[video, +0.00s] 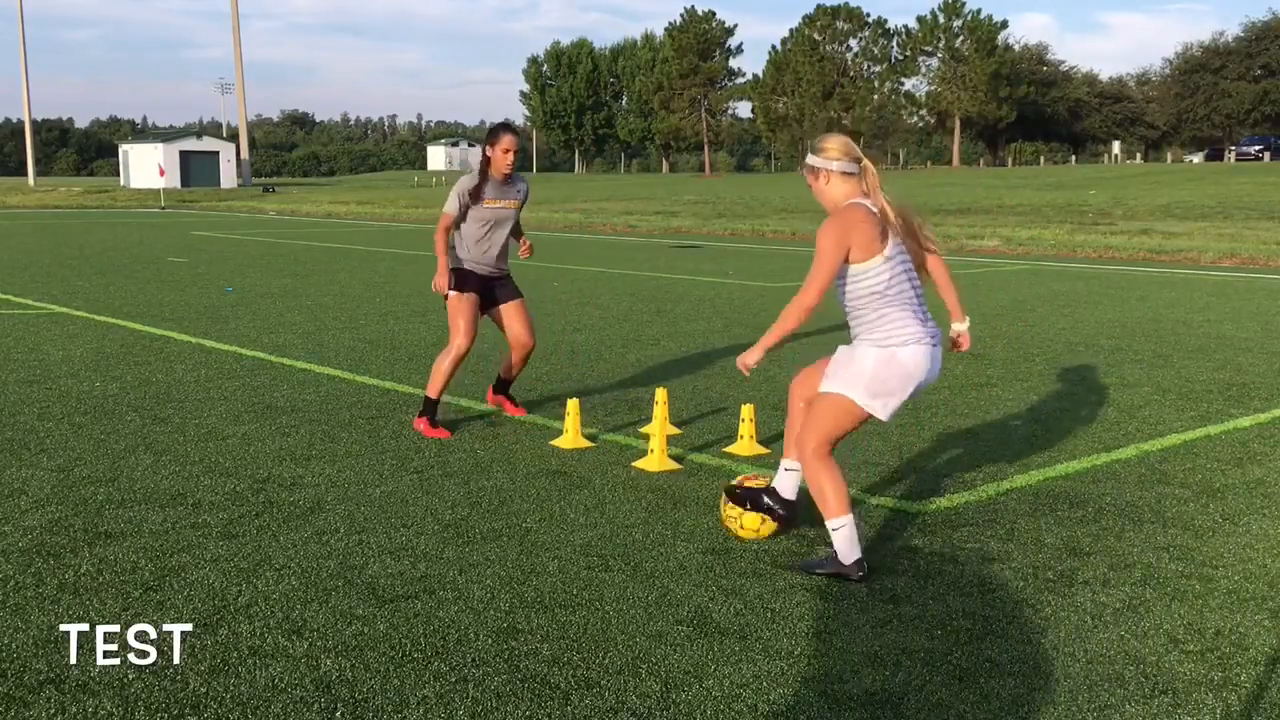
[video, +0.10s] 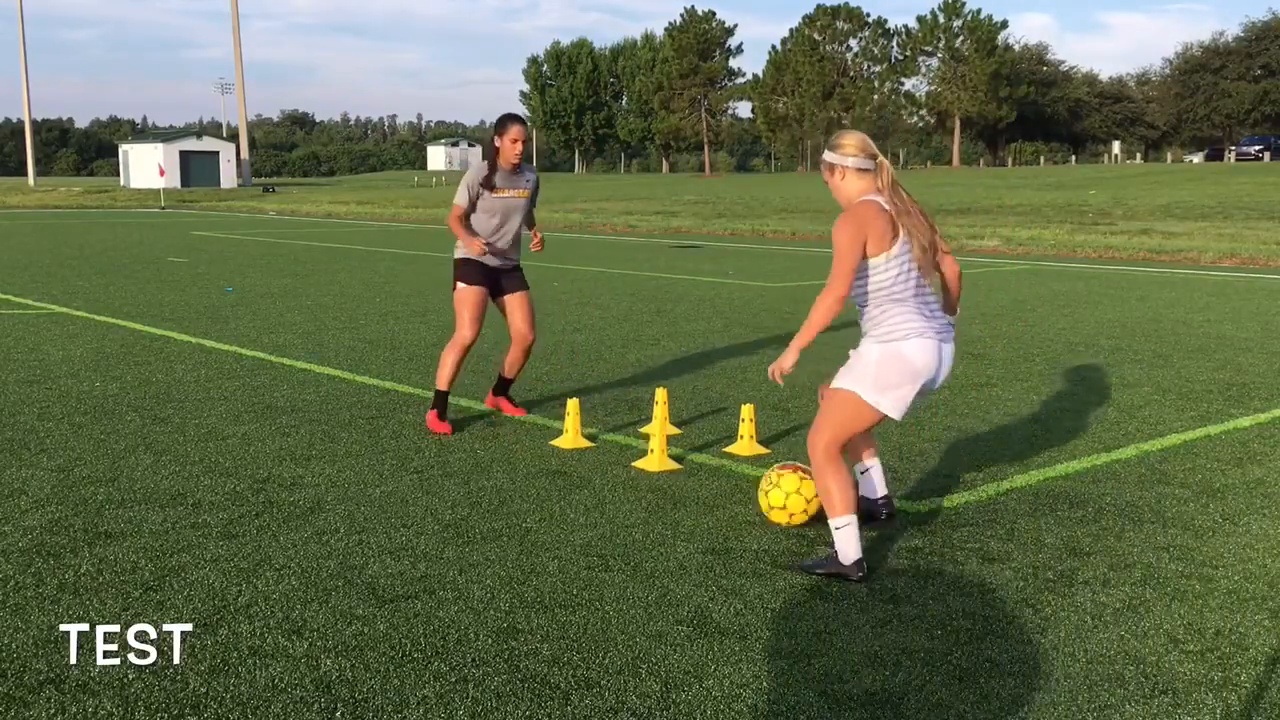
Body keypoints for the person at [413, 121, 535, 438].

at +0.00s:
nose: (512, 158)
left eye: (516, 152)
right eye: (506, 151)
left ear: (518, 155)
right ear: (489, 152)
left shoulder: (519, 187)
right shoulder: (468, 185)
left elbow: (511, 221)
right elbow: (442, 229)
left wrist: (521, 240)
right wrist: (443, 268)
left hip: (499, 275)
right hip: (465, 272)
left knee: (524, 343)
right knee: (462, 340)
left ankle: (499, 393)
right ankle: (426, 416)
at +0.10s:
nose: (520, 148)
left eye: (524, 142)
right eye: (514, 142)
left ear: (527, 144)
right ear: (498, 142)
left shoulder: (529, 178)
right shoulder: (478, 175)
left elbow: (527, 211)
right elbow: (455, 218)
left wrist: (533, 231)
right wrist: (470, 240)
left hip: (508, 264)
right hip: (473, 261)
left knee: (525, 336)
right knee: (467, 332)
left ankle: (499, 394)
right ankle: (438, 410)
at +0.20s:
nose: (527, 135)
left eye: (531, 129)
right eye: (522, 129)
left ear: (533, 131)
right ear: (505, 129)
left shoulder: (535, 164)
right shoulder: (483, 160)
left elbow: (530, 198)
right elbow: (462, 205)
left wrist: (536, 215)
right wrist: (489, 224)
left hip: (516, 252)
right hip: (481, 248)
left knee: (521, 328)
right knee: (483, 320)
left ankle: (501, 394)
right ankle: (461, 397)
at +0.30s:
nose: (535, 127)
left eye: (539, 121)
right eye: (530, 120)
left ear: (540, 123)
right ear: (511, 120)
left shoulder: (536, 154)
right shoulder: (487, 154)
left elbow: (527, 189)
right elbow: (465, 196)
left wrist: (537, 206)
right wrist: (496, 220)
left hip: (521, 241)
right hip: (488, 240)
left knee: (529, 316)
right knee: (494, 315)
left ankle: (514, 386)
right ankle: (472, 383)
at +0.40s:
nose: (541, 135)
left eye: (543, 129)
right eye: (536, 128)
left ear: (542, 131)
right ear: (517, 128)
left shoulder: (538, 162)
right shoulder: (496, 161)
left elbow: (526, 200)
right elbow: (469, 200)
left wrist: (541, 215)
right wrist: (498, 233)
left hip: (525, 249)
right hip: (494, 250)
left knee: (547, 314)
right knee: (496, 325)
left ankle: (534, 378)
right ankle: (470, 393)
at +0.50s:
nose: (548, 147)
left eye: (550, 142)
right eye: (543, 141)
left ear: (548, 144)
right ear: (524, 141)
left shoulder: (546, 175)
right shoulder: (506, 174)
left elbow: (533, 216)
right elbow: (477, 214)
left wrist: (551, 228)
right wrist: (499, 254)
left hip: (532, 262)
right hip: (501, 261)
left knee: (561, 320)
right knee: (502, 333)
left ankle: (553, 371)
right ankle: (469, 396)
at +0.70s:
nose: (572, 147)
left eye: (573, 142)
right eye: (566, 142)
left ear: (574, 143)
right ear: (549, 144)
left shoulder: (576, 173)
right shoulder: (532, 177)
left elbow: (573, 208)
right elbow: (509, 220)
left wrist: (587, 223)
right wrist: (514, 256)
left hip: (563, 262)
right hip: (533, 260)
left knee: (578, 324)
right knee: (523, 327)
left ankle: (560, 378)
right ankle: (482, 391)